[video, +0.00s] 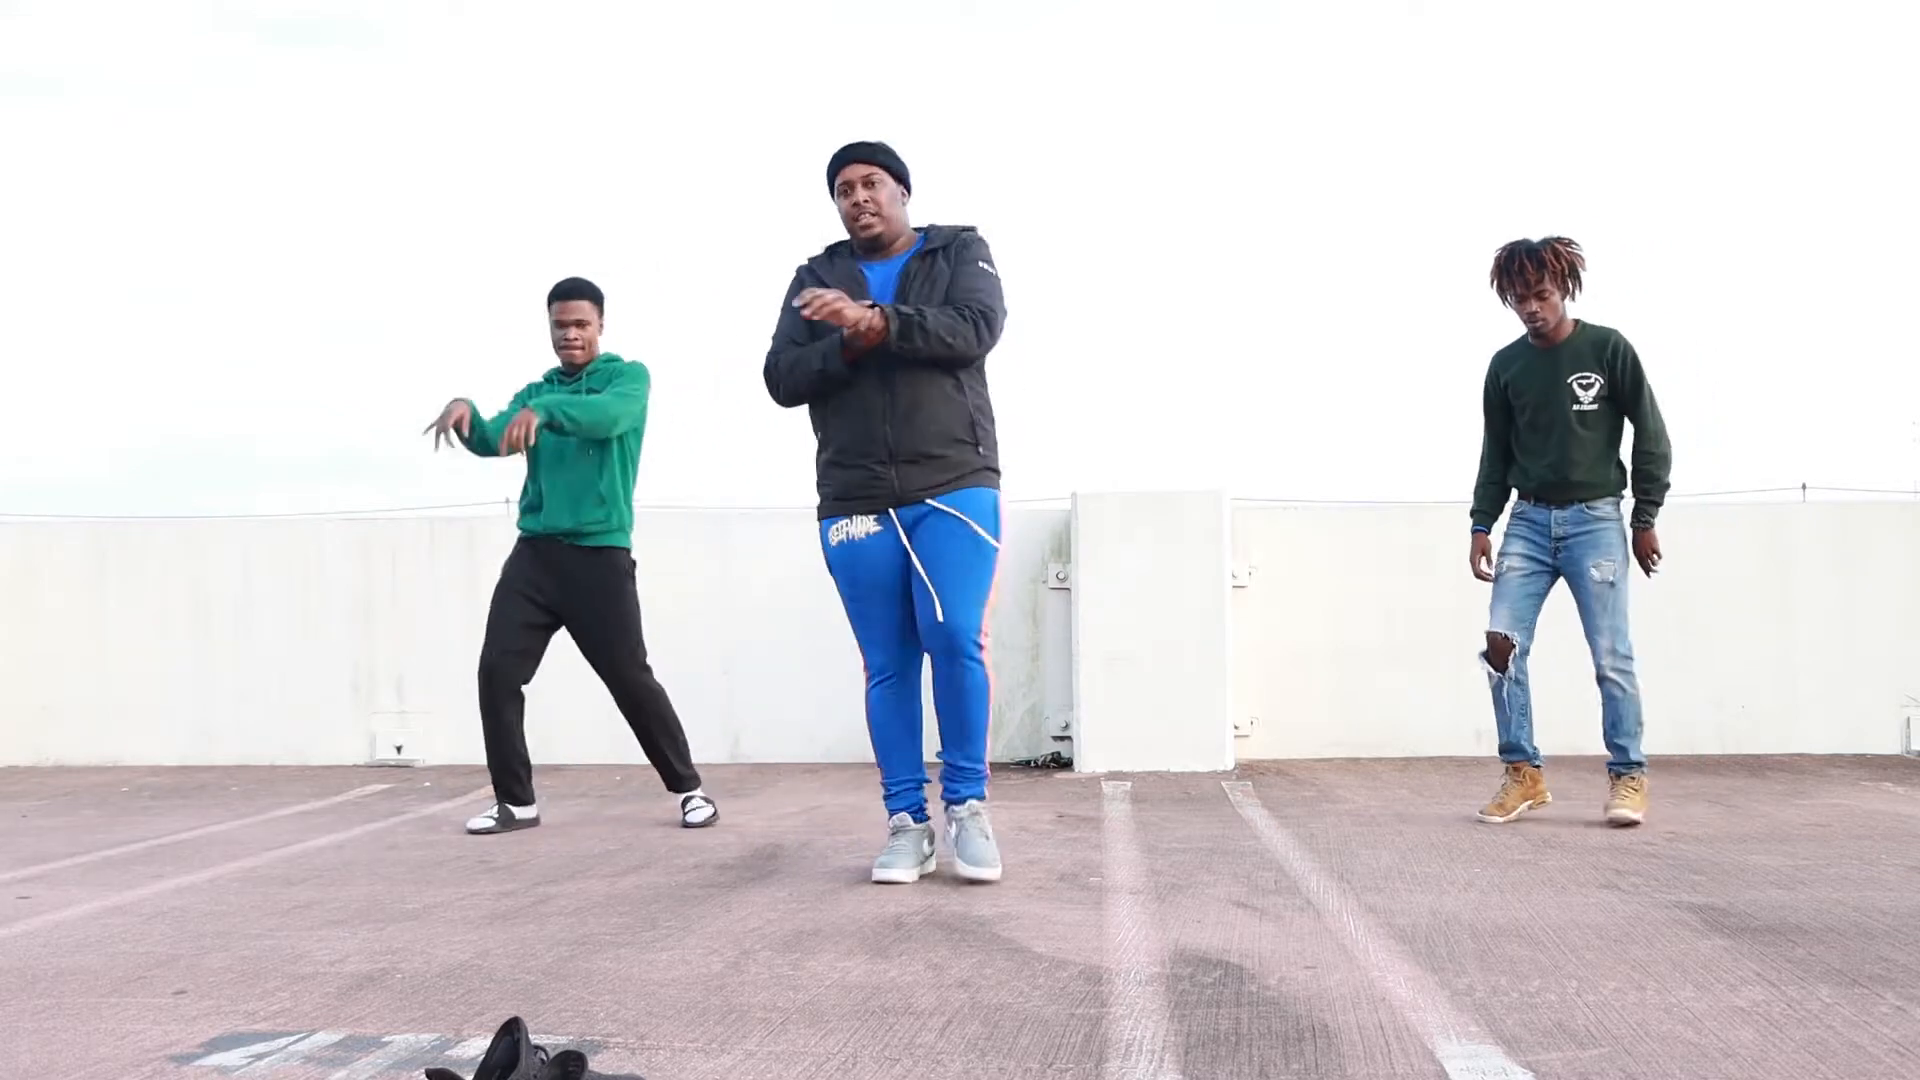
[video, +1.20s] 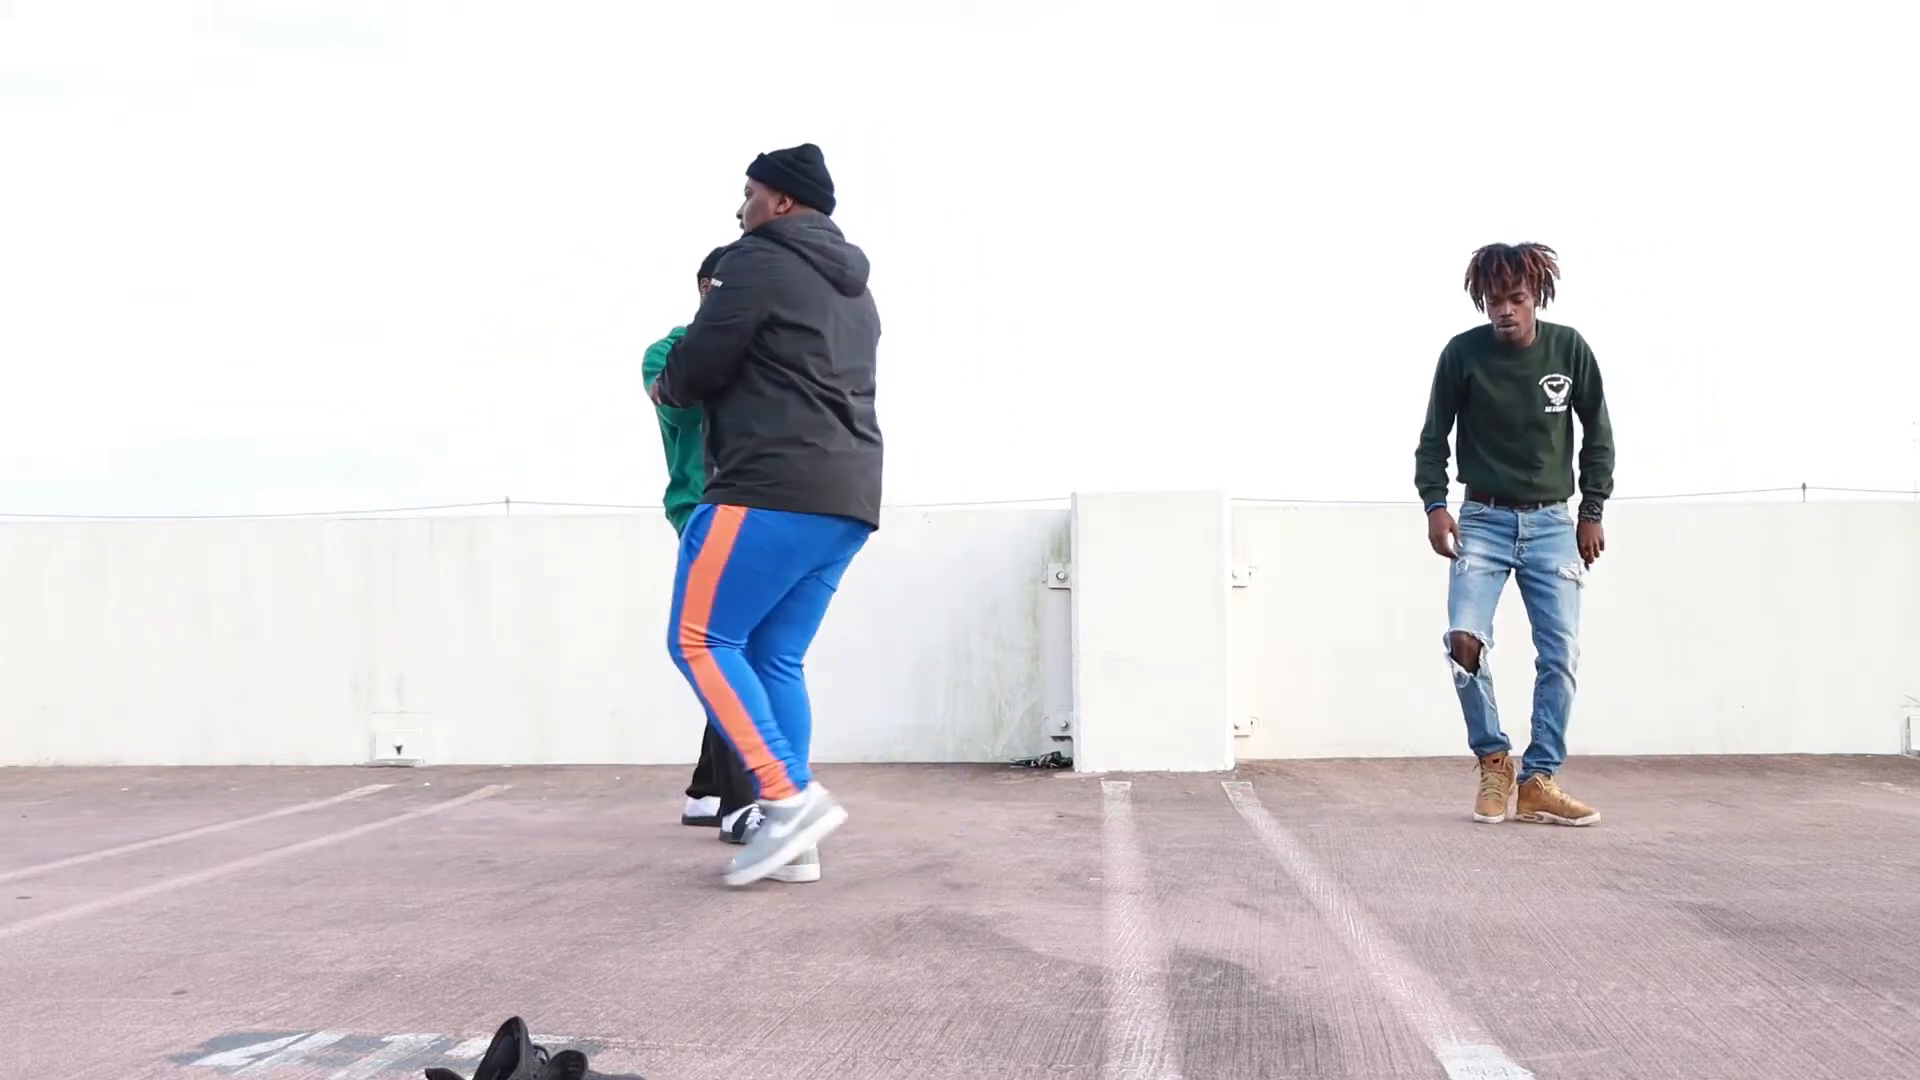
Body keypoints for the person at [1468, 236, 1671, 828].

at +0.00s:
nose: (1531, 308)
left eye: (1540, 294)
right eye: (1519, 300)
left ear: (1565, 287)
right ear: (1509, 301)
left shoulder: (1609, 348)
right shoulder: (1504, 366)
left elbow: (1651, 435)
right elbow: (1496, 456)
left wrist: (1644, 519)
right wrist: (1481, 526)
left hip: (1596, 520)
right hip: (1527, 524)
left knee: (1610, 655)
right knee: (1501, 646)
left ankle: (1627, 778)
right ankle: (1523, 774)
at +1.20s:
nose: (1502, 311)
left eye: (1512, 299)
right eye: (1492, 300)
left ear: (1536, 296)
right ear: (1481, 302)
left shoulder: (1568, 348)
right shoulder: (1462, 353)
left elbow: (1597, 432)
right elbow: (1434, 437)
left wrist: (1591, 512)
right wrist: (1436, 506)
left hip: (1553, 525)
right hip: (1481, 522)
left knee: (1561, 654)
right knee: (1464, 644)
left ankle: (1537, 781)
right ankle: (1494, 763)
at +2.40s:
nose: (1464, 312)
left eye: (1475, 299)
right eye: (1456, 302)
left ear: (1507, 291)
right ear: (1451, 300)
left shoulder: (1546, 342)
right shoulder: (1453, 358)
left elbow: (1563, 428)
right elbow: (1443, 437)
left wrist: (1518, 459)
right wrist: (1430, 511)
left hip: (1532, 516)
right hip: (1471, 520)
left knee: (1531, 641)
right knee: (1479, 651)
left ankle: (1555, 771)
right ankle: (1502, 774)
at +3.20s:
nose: (1470, 307)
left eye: (1479, 294)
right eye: (1462, 296)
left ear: (1514, 285)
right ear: (1458, 293)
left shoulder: (1551, 324)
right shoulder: (1468, 354)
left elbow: (1546, 403)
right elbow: (1456, 444)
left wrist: (1486, 396)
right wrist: (1407, 429)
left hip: (1551, 512)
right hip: (1489, 514)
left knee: (1560, 657)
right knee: (1460, 649)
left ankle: (1571, 788)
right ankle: (1454, 783)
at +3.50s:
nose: (1448, 307)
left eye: (1458, 295)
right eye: (1440, 296)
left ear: (1488, 285)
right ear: (1433, 291)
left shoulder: (1523, 333)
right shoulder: (1427, 347)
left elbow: (1538, 416)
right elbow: (1395, 417)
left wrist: (1512, 447)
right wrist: (1359, 369)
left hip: (1504, 509)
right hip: (1441, 513)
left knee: (1518, 640)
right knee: (1436, 650)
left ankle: (1551, 767)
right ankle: (1447, 784)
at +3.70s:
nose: (1441, 311)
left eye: (1451, 298)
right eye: (1433, 300)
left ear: (1481, 287)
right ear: (1426, 295)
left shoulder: (1515, 341)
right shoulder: (1419, 345)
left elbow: (1531, 432)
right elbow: (1372, 389)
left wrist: (1536, 511)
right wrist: (1354, 327)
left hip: (1488, 507)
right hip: (1424, 511)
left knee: (1499, 626)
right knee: (1424, 652)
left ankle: (1522, 738)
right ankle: (1446, 784)